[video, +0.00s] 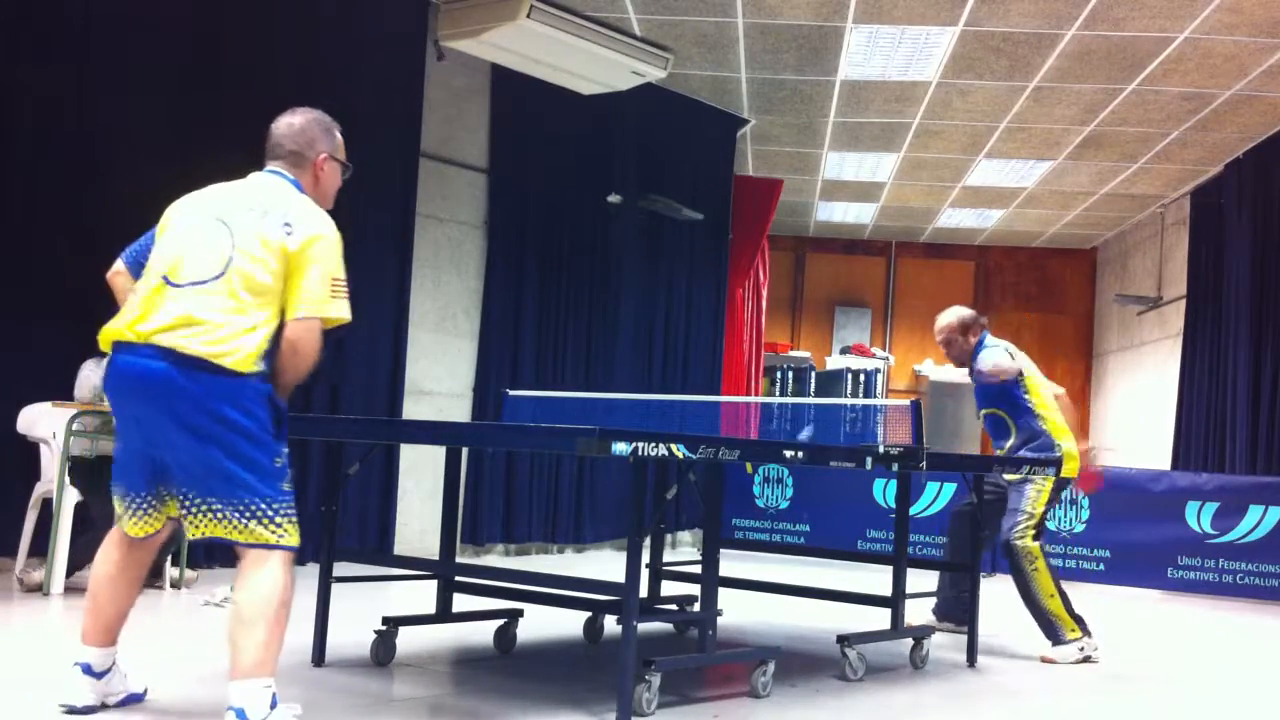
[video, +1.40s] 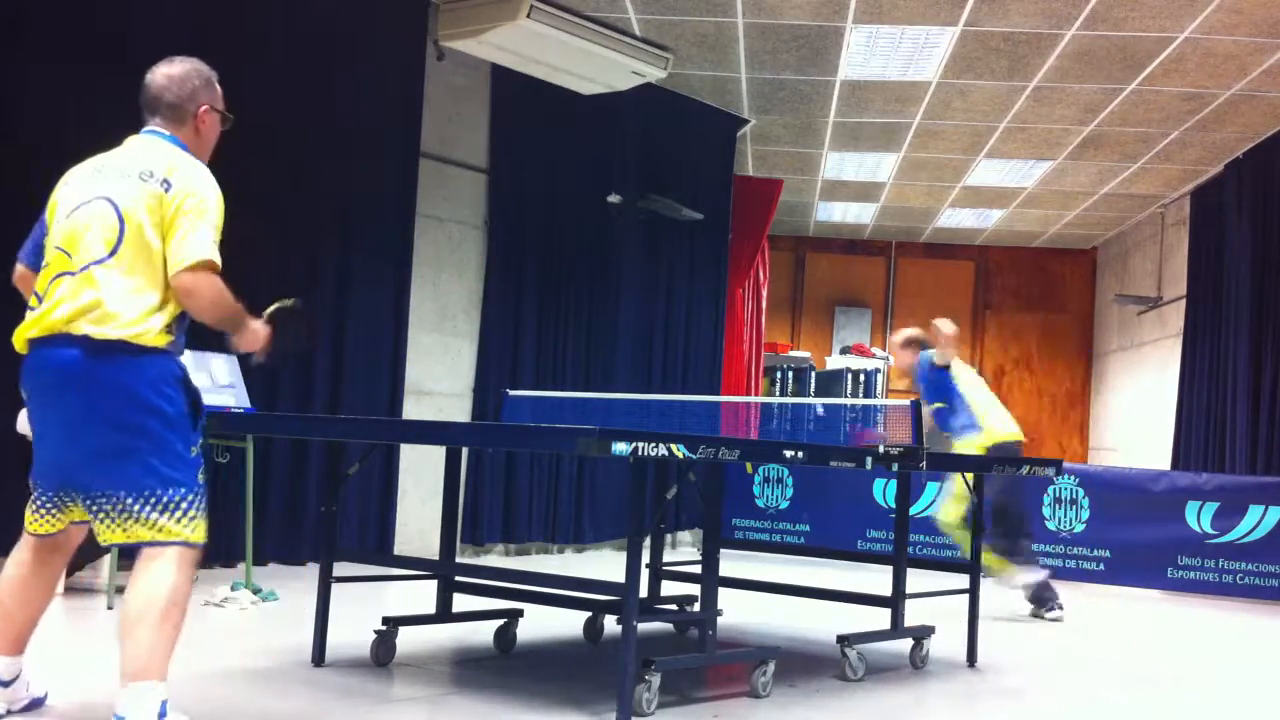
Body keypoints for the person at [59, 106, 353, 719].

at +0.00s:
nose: (339, 182)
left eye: (342, 171)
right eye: (340, 170)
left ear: (273, 158)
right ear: (319, 165)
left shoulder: (202, 199)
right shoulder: (311, 223)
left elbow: (122, 273)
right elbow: (303, 338)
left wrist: (162, 342)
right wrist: (273, 395)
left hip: (133, 368)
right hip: (218, 382)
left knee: (141, 519)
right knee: (269, 541)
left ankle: (93, 672)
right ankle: (253, 703)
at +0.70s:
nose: (338, 208)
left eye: (340, 193)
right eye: (334, 192)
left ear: (288, 187)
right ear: (302, 189)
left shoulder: (211, 227)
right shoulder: (250, 260)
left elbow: (143, 313)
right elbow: (220, 378)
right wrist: (334, 390)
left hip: (135, 417)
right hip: (192, 424)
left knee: (191, 543)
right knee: (312, 547)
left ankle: (80, 671)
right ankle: (254, 703)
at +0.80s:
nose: (325, 201)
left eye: (326, 188)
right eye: (321, 187)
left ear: (273, 183)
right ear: (288, 186)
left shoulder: (195, 223)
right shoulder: (258, 275)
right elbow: (341, 357)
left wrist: (373, 342)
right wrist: (445, 353)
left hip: (128, 416)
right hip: (183, 423)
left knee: (188, 544)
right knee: (308, 545)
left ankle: (78, 672)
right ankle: (255, 703)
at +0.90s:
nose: (317, 182)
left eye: (318, 169)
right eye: (313, 168)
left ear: (252, 162)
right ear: (284, 169)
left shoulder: (177, 210)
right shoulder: (274, 250)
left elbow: (142, 304)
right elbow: (377, 302)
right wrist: (475, 289)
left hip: (111, 404)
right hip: (183, 416)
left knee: (161, 526)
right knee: (300, 545)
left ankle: (73, 670)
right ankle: (254, 703)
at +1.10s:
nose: (271, 145)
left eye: (271, 132)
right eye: (268, 132)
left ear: (197, 132)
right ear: (248, 133)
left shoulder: (131, 192)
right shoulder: (243, 214)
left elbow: (83, 287)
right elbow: (323, 296)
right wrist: (397, 265)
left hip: (91, 386)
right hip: (170, 395)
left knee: (99, 529)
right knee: (261, 539)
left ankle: (7, 669)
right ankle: (250, 703)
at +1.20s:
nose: (250, 136)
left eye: (249, 124)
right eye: (247, 124)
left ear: (176, 125)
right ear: (227, 127)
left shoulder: (117, 182)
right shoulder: (210, 200)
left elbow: (77, 285)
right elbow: (262, 301)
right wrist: (343, 292)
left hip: (66, 373)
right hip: (139, 378)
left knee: (83, 529)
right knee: (222, 529)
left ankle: (4, 669)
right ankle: (238, 700)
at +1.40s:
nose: (219, 130)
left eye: (220, 118)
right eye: (219, 118)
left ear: (150, 113)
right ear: (202, 115)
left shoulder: (82, 172)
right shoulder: (190, 178)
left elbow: (27, 271)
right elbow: (193, 282)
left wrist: (85, 319)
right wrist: (244, 325)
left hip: (49, 363)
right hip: (132, 367)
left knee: (52, 529)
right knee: (172, 537)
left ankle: (3, 678)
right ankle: (142, 706)